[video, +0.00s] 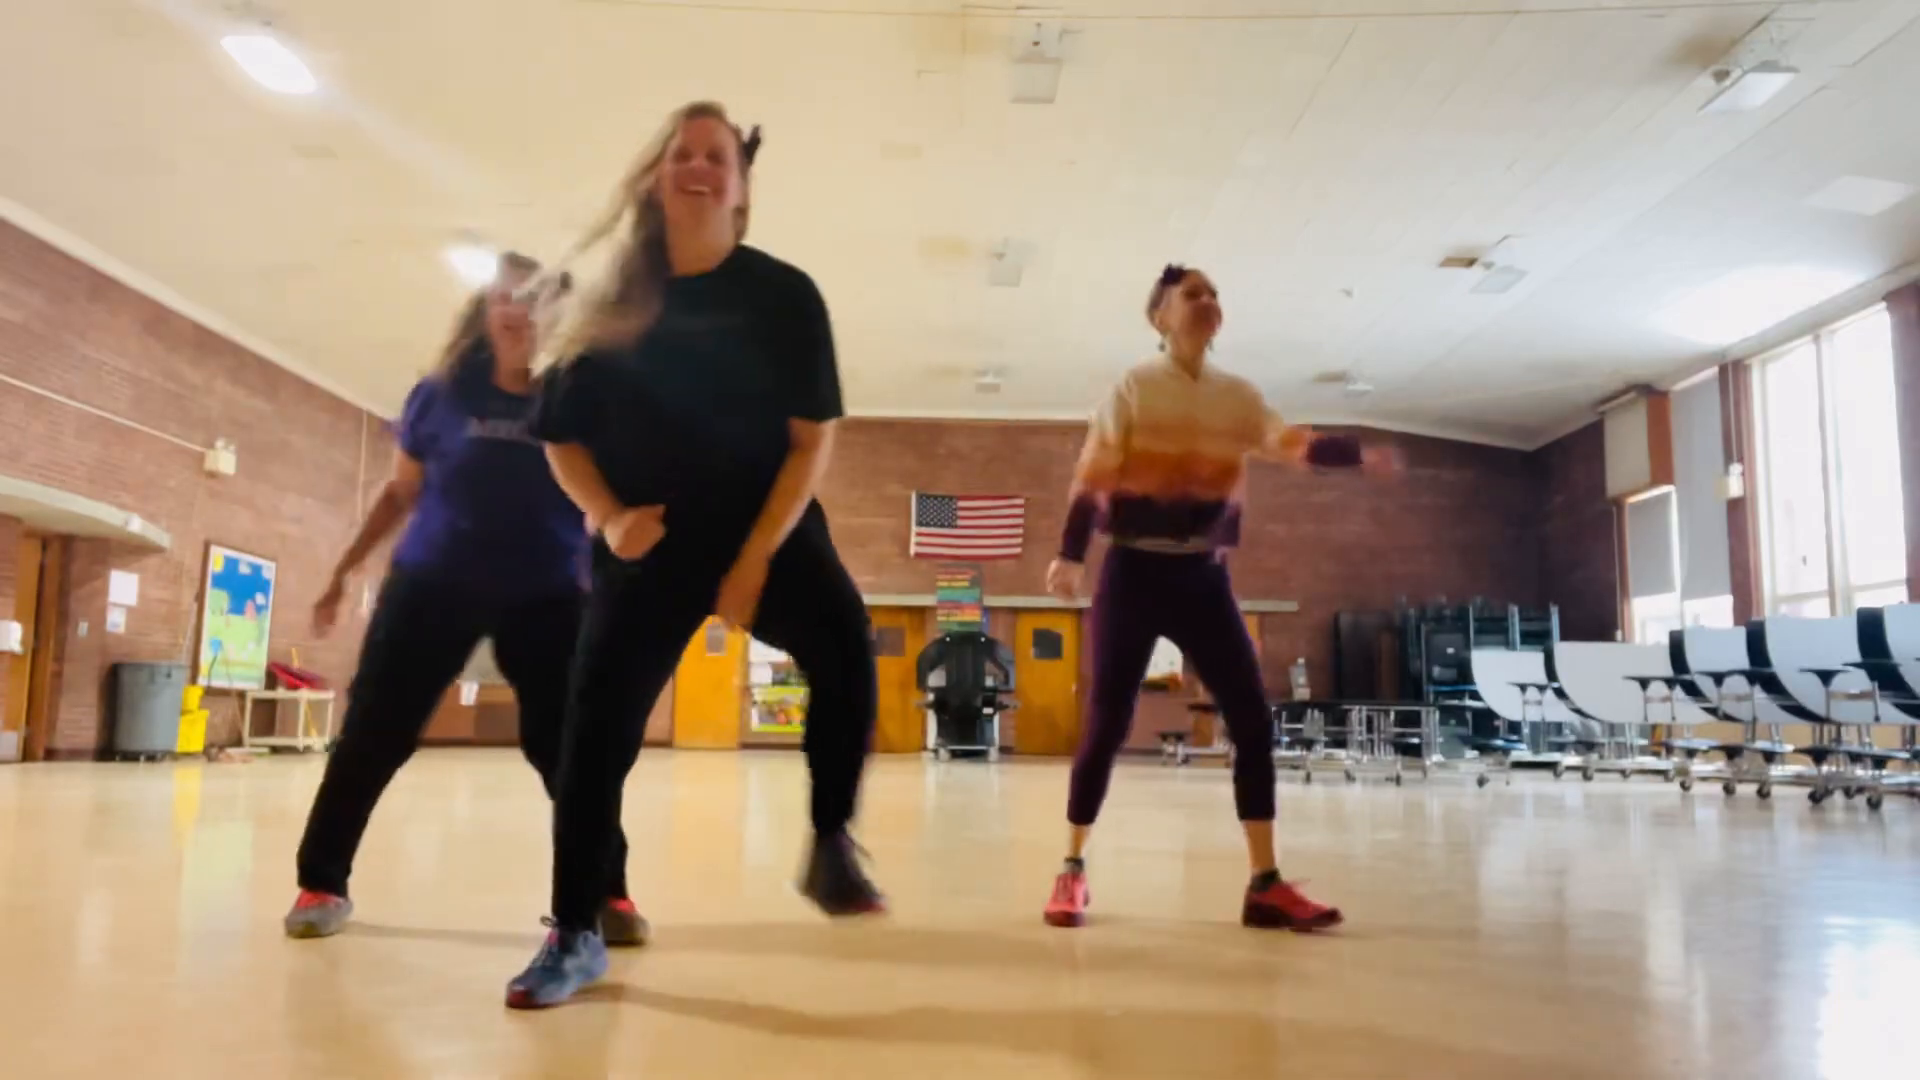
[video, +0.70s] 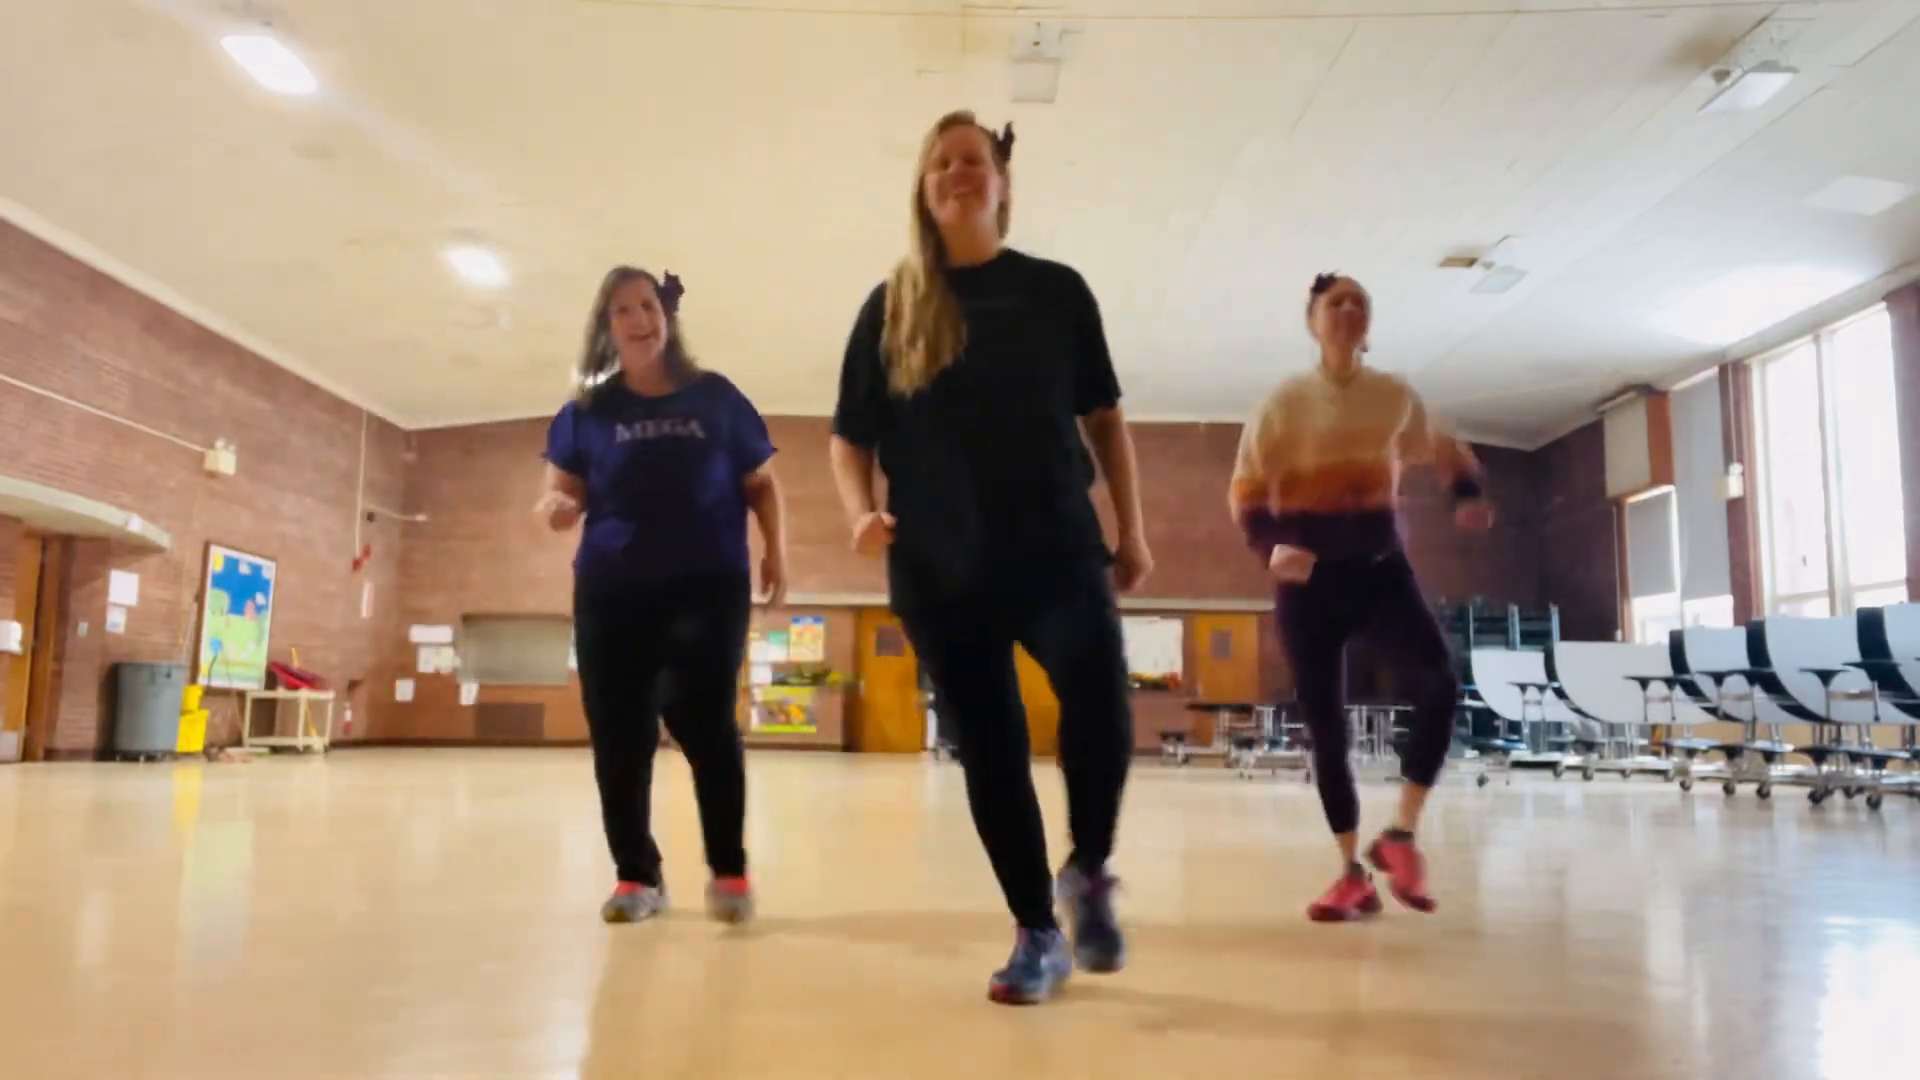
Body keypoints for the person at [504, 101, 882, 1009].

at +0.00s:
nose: (696, 165)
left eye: (715, 155)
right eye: (682, 154)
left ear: (743, 184)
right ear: (654, 181)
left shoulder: (786, 295)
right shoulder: (610, 299)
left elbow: (811, 445)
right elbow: (559, 425)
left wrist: (756, 559)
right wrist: (608, 516)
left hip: (766, 528)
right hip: (650, 535)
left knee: (845, 655)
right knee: (596, 732)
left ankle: (831, 847)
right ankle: (574, 933)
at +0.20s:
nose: (798, 153)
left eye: (817, 142)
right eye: (782, 142)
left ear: (847, 169)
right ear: (756, 169)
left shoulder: (891, 275)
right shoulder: (727, 291)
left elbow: (940, 412)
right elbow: (661, 399)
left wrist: (901, 541)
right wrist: (671, 495)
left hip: (875, 543)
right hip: (759, 540)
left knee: (897, 755)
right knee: (663, 721)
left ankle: (902, 963)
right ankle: (611, 915)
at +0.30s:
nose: (849, 150)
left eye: (867, 140)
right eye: (834, 139)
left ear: (895, 169)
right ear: (806, 167)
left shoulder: (941, 277)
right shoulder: (772, 288)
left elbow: (991, 414)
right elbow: (721, 415)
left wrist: (995, 542)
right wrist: (729, 502)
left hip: (919, 549)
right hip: (806, 546)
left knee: (915, 757)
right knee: (702, 708)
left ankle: (903, 962)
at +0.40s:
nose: (886, 150)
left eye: (905, 140)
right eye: (872, 138)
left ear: (935, 165)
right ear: (848, 160)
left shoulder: (983, 277)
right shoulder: (810, 283)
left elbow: (1035, 413)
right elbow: (766, 417)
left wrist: (1056, 537)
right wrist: (783, 493)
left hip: (956, 549)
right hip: (844, 547)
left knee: (928, 754)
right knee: (792, 731)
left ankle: (904, 963)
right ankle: (919, 818)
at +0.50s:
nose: (920, 154)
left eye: (937, 143)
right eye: (905, 142)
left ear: (967, 166)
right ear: (880, 164)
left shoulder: (1015, 278)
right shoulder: (840, 285)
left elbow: (1065, 411)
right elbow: (802, 419)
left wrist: (1087, 528)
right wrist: (822, 488)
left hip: (986, 548)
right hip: (875, 551)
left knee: (953, 748)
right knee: (910, 752)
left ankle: (917, 959)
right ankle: (1007, 908)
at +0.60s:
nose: (945, 173)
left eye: (960, 161)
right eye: (930, 162)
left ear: (988, 179)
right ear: (905, 181)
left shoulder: (1037, 290)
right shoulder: (869, 301)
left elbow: (1081, 421)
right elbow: (823, 428)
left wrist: (1112, 534)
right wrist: (845, 502)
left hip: (1026, 548)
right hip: (916, 556)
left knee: (1024, 734)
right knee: (967, 744)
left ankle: (990, 929)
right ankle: (1032, 926)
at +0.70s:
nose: (962, 173)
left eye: (976, 160)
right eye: (947, 163)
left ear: (1006, 181)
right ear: (924, 188)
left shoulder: (1058, 290)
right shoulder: (892, 305)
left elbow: (1102, 416)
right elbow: (851, 431)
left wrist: (1128, 526)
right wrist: (862, 512)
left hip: (1051, 545)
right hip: (940, 559)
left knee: (1099, 699)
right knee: (990, 744)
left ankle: (1090, 870)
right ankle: (1036, 929)